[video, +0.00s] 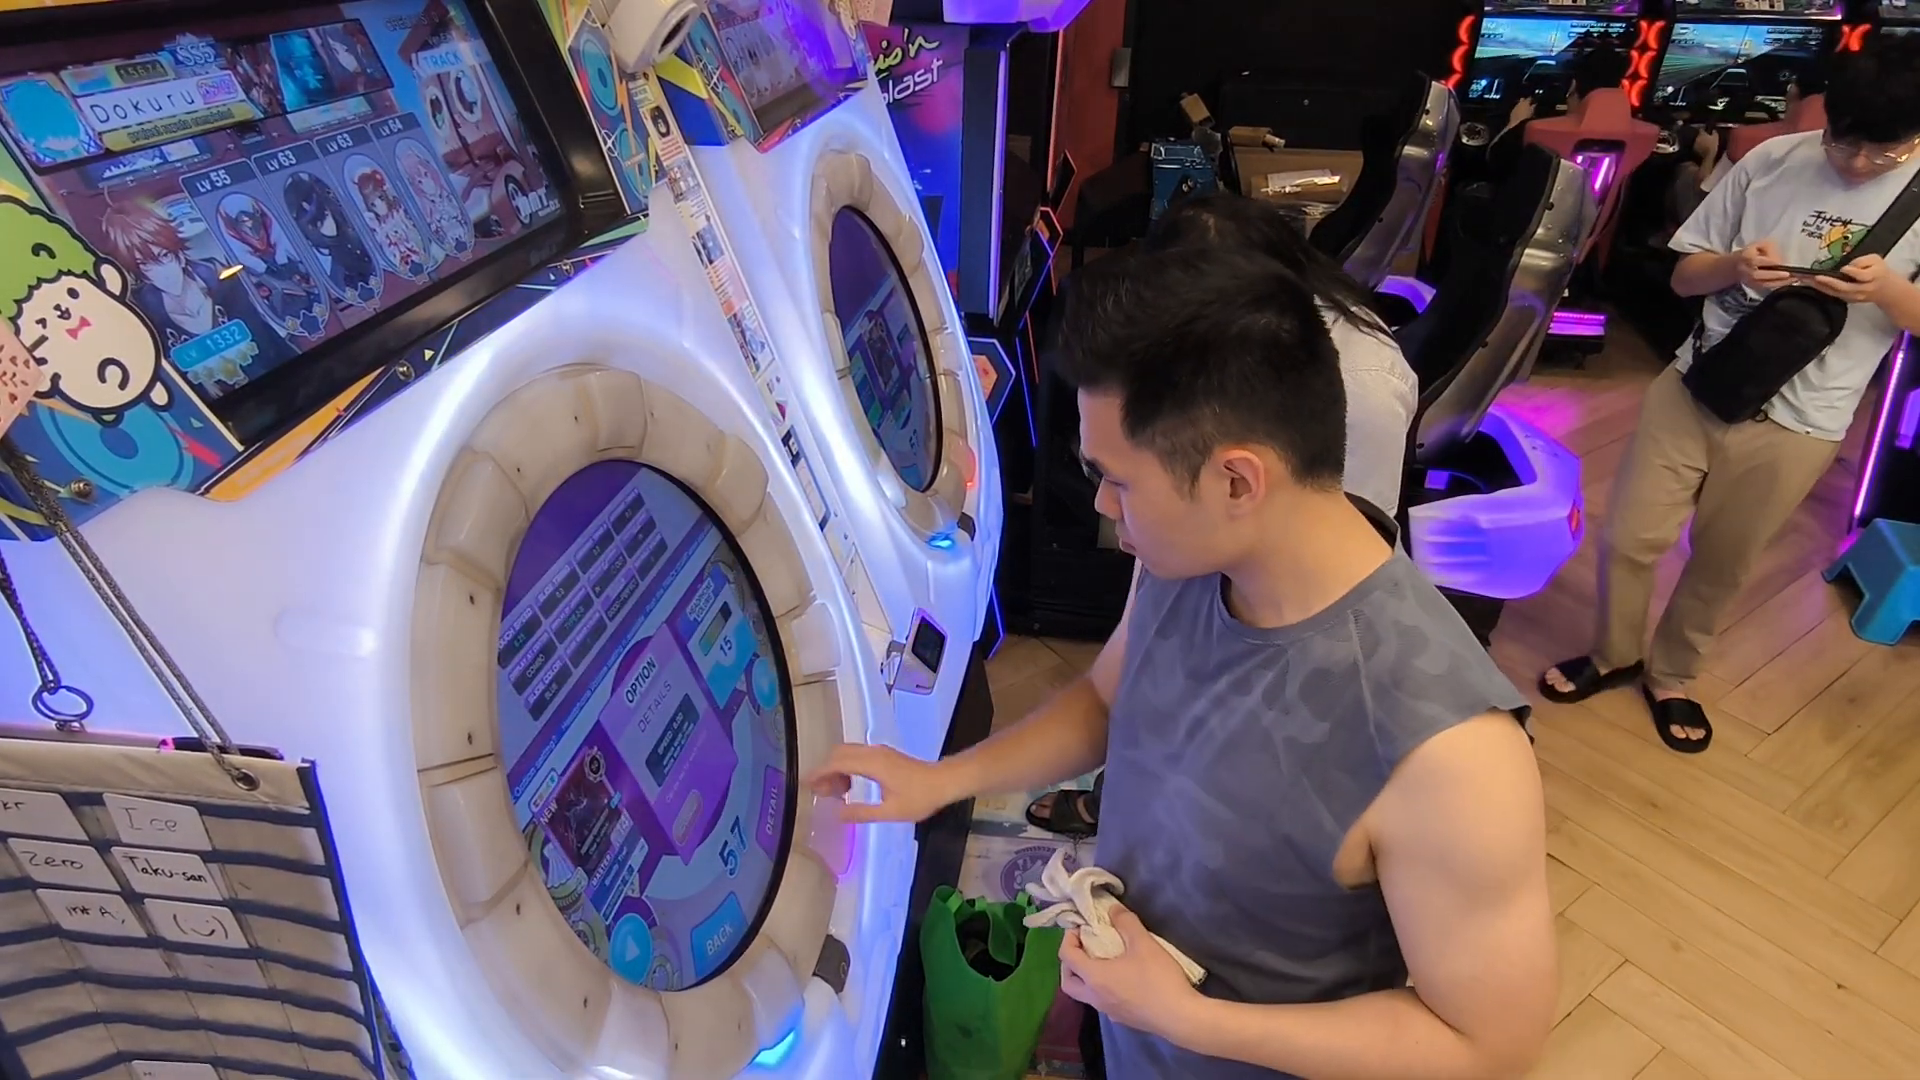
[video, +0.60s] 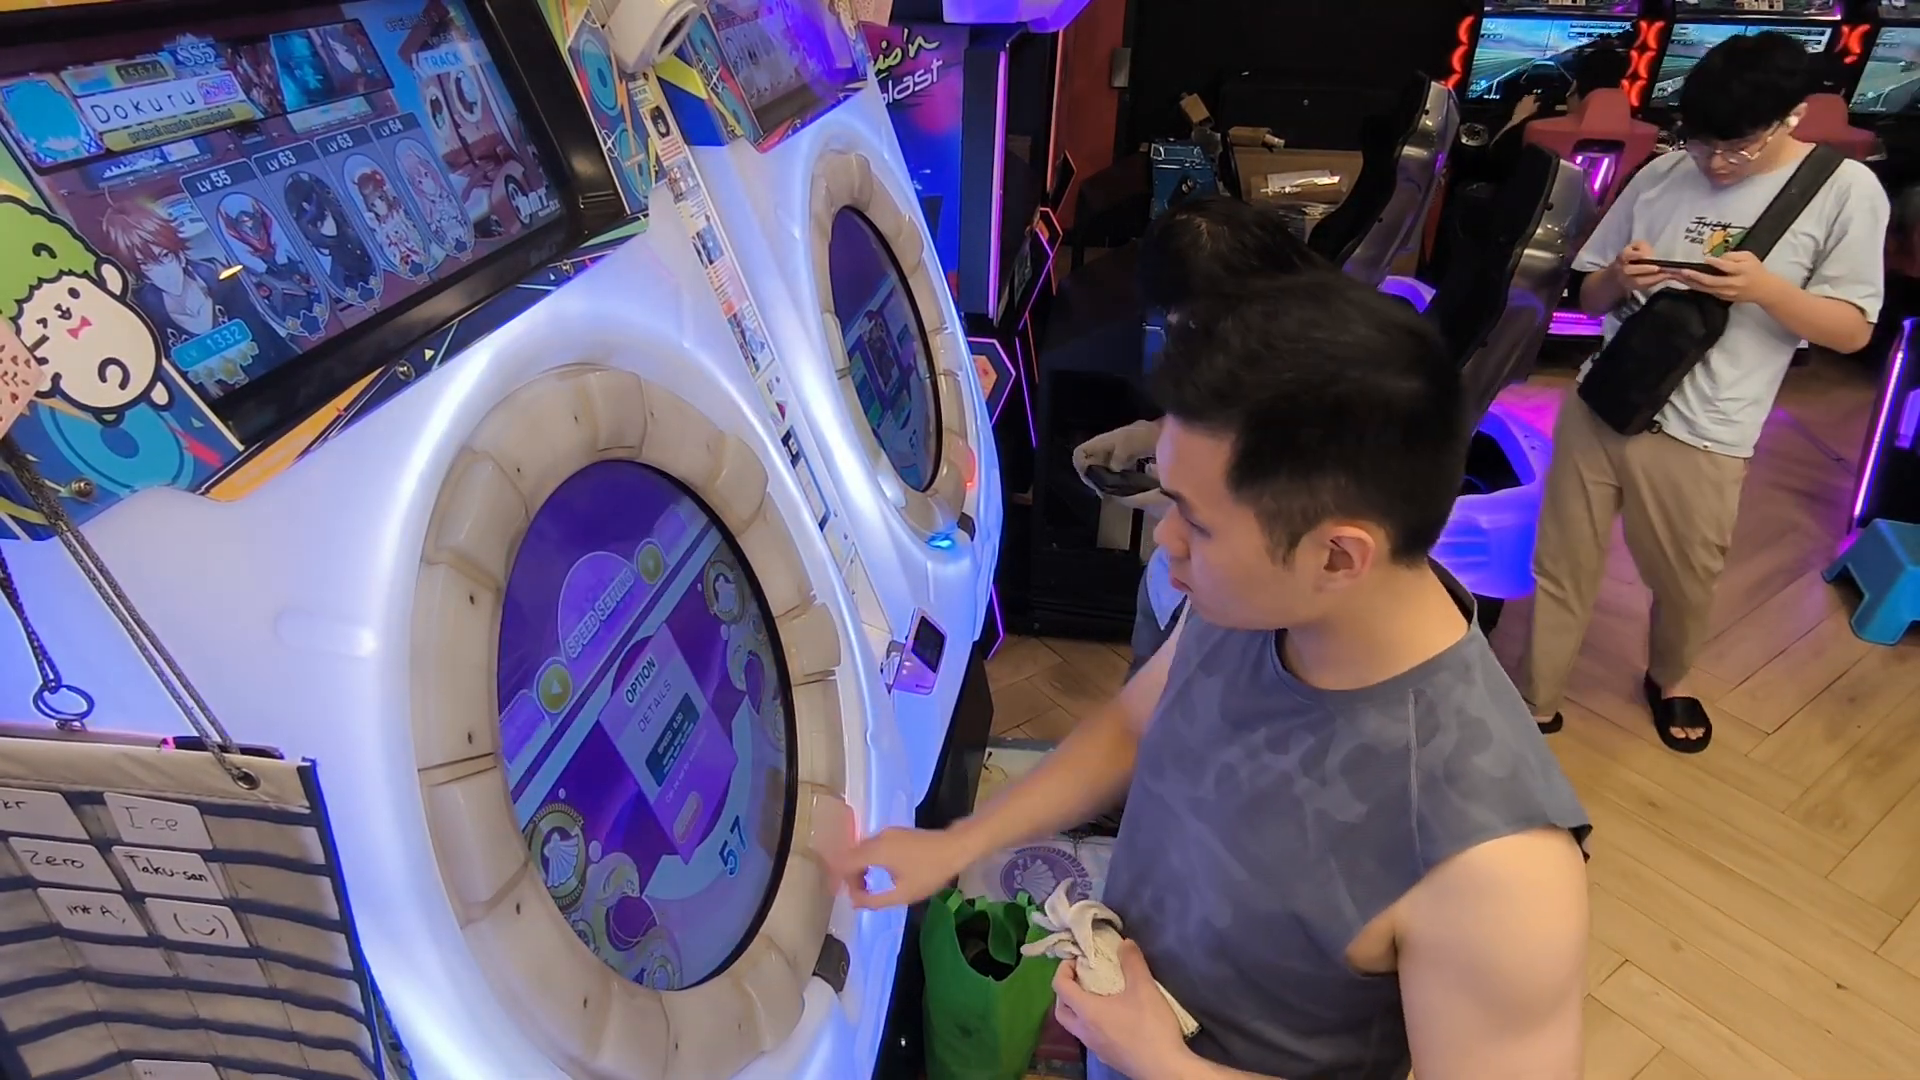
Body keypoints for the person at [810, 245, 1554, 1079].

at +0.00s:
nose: (1101, 506)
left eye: (1112, 481)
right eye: (1097, 476)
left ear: (1238, 482)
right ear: (1236, 484)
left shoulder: (1442, 743)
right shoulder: (1185, 567)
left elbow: (1487, 1041)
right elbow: (1100, 705)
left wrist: (1193, 1018)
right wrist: (946, 779)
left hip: (1250, 1070)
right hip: (1118, 1036)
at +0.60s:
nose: (1160, 538)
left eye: (1192, 523)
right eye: (1169, 500)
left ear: (1340, 557)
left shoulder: (1493, 862)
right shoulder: (1242, 599)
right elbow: (1128, 730)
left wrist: (1169, 1062)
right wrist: (960, 843)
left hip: (1213, 1067)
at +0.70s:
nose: (1178, 541)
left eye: (1212, 528)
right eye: (1186, 504)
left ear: (1358, 566)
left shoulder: (1500, 878)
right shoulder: (1251, 609)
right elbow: (1089, 721)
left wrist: (1169, 1064)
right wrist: (897, 795)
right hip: (1098, 1035)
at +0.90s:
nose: (1192, 549)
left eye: (1228, 535)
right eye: (1204, 508)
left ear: (1386, 581)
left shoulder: (1516, 906)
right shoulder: (1250, 596)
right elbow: (1021, 681)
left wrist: (1171, 1071)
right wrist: (794, 713)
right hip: (1091, 992)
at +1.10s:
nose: (1204, 564)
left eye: (1248, 556)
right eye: (1220, 525)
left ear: (1413, 599)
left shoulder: (1540, 934)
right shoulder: (1247, 597)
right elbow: (1004, 677)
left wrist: (1191, 1073)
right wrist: (763, 716)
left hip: (1229, 1068)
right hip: (1104, 989)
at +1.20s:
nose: (1207, 573)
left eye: (1253, 565)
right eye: (1222, 530)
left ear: (1418, 604)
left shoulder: (1545, 935)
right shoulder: (1244, 595)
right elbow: (1002, 680)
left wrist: (1199, 1074)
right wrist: (766, 723)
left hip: (1241, 1070)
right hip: (1108, 1001)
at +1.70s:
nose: (1195, 562)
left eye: (1235, 550)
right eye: (1208, 521)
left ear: (1402, 592)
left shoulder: (1541, 928)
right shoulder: (1245, 606)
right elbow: (994, 682)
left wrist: (1204, 1077)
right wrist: (746, 727)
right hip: (1108, 996)